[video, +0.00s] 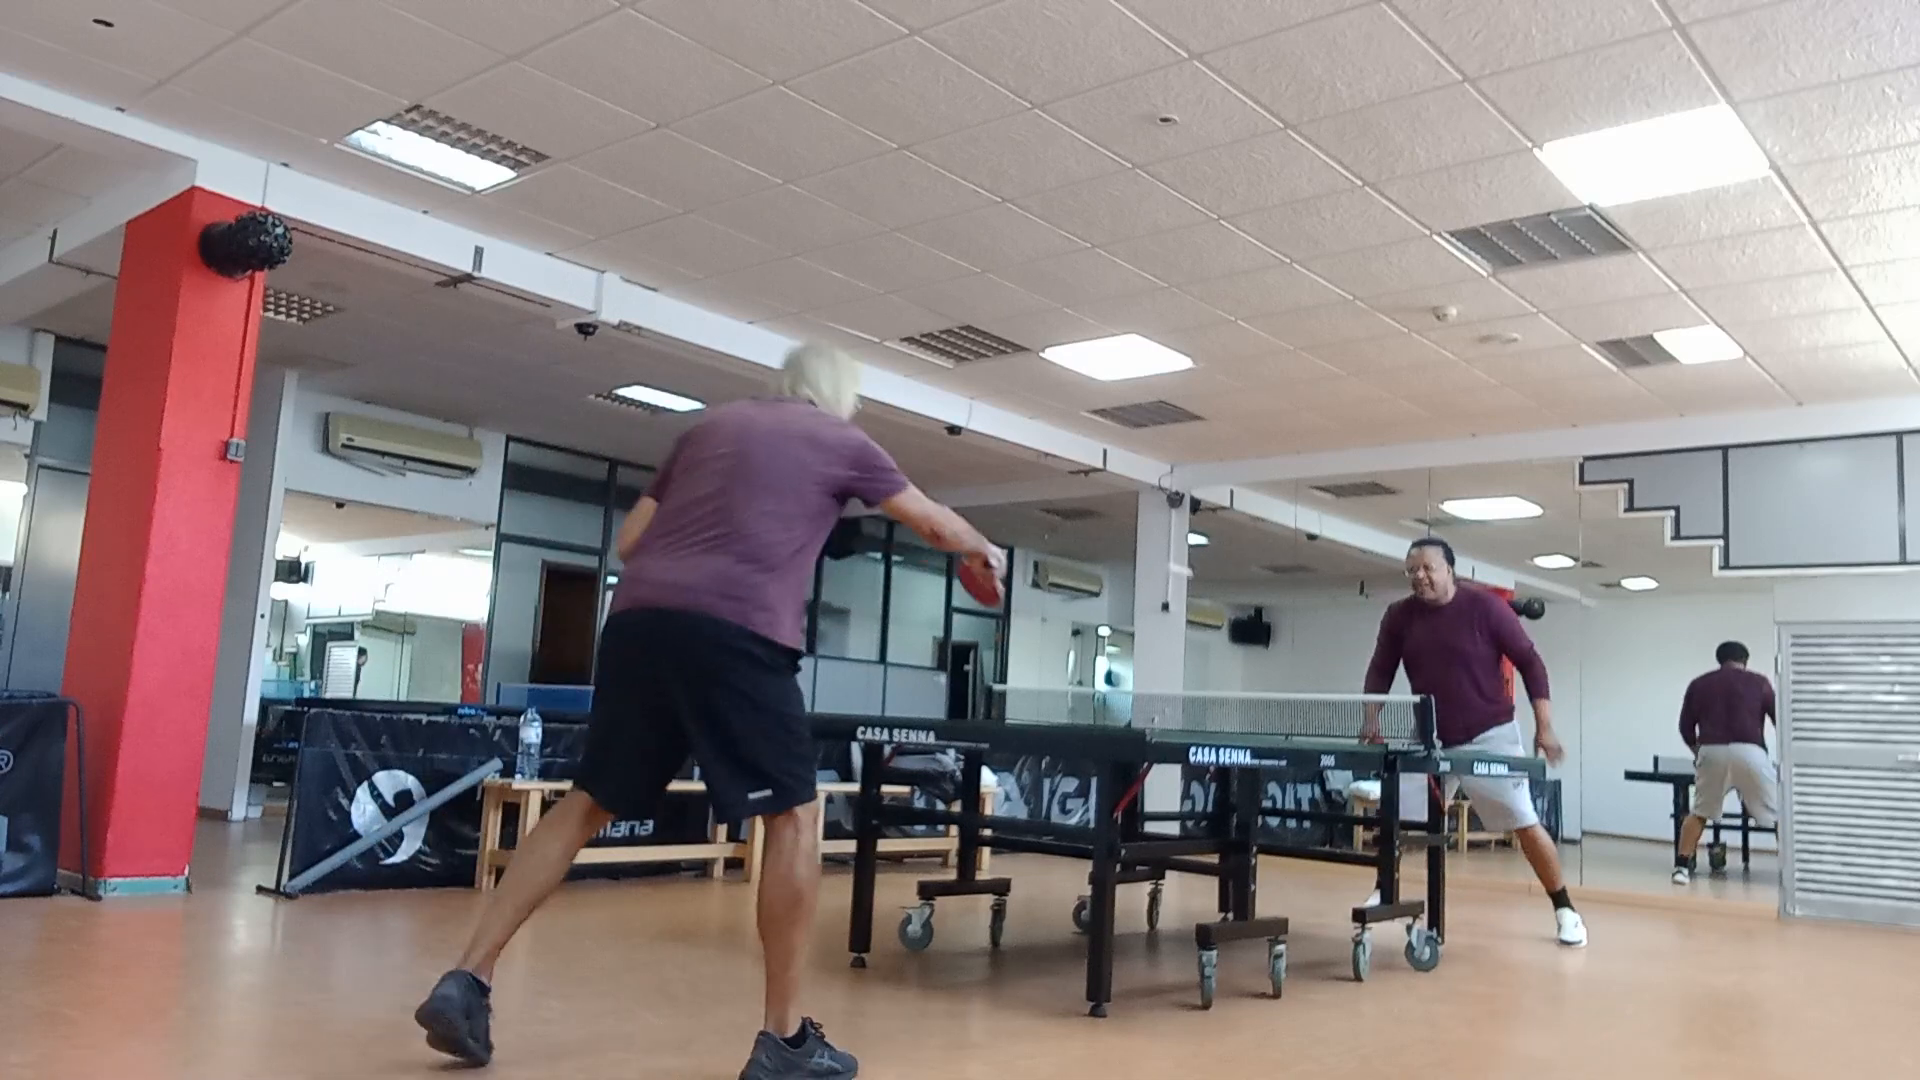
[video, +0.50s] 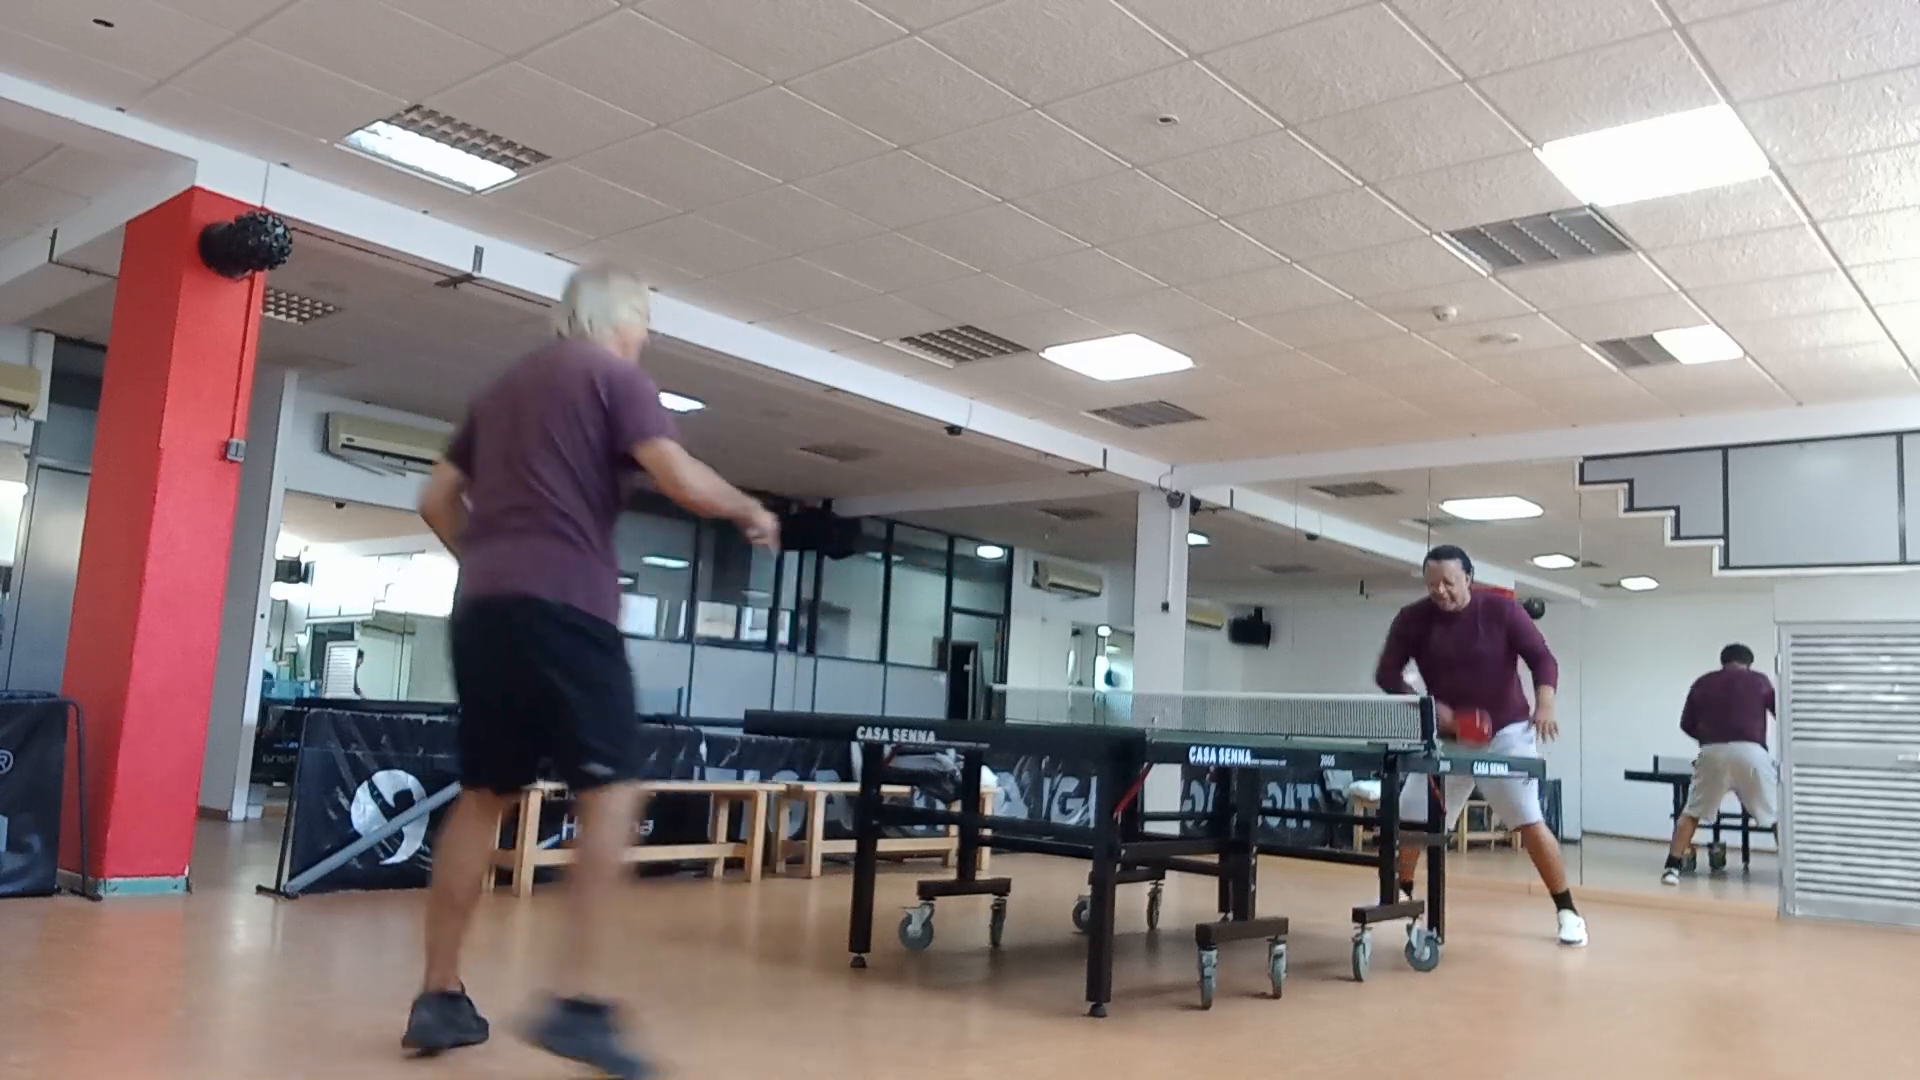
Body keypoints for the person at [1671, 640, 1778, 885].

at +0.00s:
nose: (1745, 666)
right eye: (1746, 663)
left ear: (1719, 661)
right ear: (1744, 662)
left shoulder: (1699, 684)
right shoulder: (1759, 682)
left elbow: (1685, 726)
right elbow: (1782, 721)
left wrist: (1699, 751)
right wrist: (1790, 752)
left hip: (1711, 753)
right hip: (1750, 753)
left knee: (1699, 812)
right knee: (1778, 816)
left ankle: (1681, 867)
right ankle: (1794, 875)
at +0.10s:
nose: (1749, 668)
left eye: (1747, 666)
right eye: (1749, 665)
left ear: (1723, 662)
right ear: (1749, 664)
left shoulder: (1702, 684)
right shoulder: (1763, 684)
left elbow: (1688, 726)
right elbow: (1784, 719)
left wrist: (1702, 751)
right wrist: (1788, 753)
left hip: (1713, 754)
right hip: (1754, 754)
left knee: (1700, 813)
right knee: (1779, 819)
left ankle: (1682, 866)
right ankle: (1795, 875)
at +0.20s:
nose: (1753, 671)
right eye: (1754, 668)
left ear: (1728, 665)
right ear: (1754, 666)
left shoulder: (1706, 685)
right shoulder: (1767, 686)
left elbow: (1690, 726)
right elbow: (1788, 718)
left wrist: (1703, 753)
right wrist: (1787, 755)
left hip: (1715, 754)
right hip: (1756, 755)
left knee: (1700, 813)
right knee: (1780, 819)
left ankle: (1682, 866)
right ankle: (1795, 876)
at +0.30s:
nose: (1754, 674)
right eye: (1755, 670)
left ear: (1729, 667)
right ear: (1756, 669)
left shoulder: (1710, 684)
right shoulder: (1769, 687)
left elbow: (1690, 725)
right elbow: (1786, 720)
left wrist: (1703, 753)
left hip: (1716, 751)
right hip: (1757, 753)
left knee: (1699, 811)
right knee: (1779, 819)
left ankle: (1682, 865)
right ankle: (1795, 875)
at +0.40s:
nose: (1753, 674)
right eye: (1754, 670)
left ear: (1729, 666)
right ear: (1755, 668)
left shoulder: (1709, 683)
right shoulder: (1769, 686)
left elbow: (1687, 723)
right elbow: (1789, 717)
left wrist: (1703, 748)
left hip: (1715, 750)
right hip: (1756, 752)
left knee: (1697, 810)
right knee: (1778, 818)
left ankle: (1678, 865)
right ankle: (1795, 875)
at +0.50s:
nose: (1749, 669)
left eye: (1746, 667)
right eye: (1749, 666)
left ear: (1722, 662)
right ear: (1749, 664)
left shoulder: (1703, 682)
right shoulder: (1759, 681)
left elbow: (1687, 724)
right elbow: (1782, 713)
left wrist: (1711, 738)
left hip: (1712, 752)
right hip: (1751, 752)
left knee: (1691, 812)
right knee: (1777, 817)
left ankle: (1672, 867)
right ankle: (1794, 875)